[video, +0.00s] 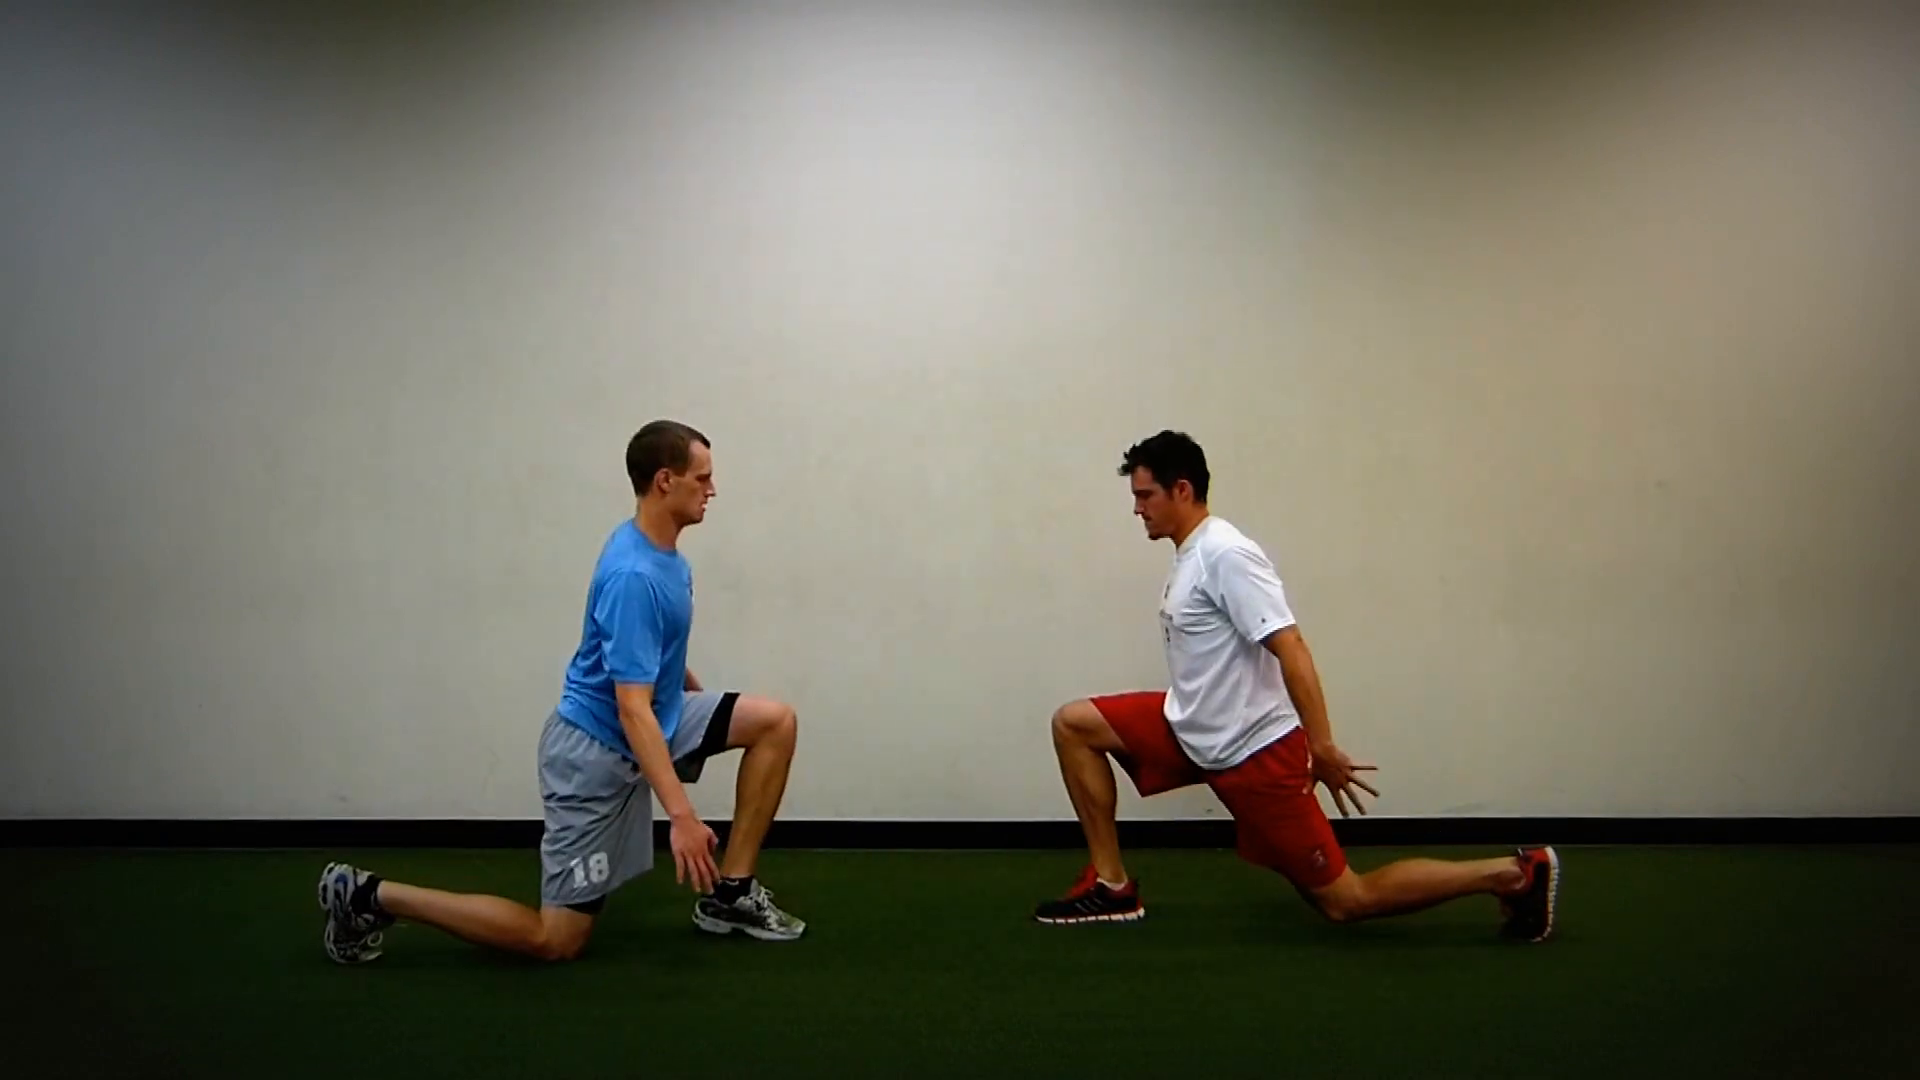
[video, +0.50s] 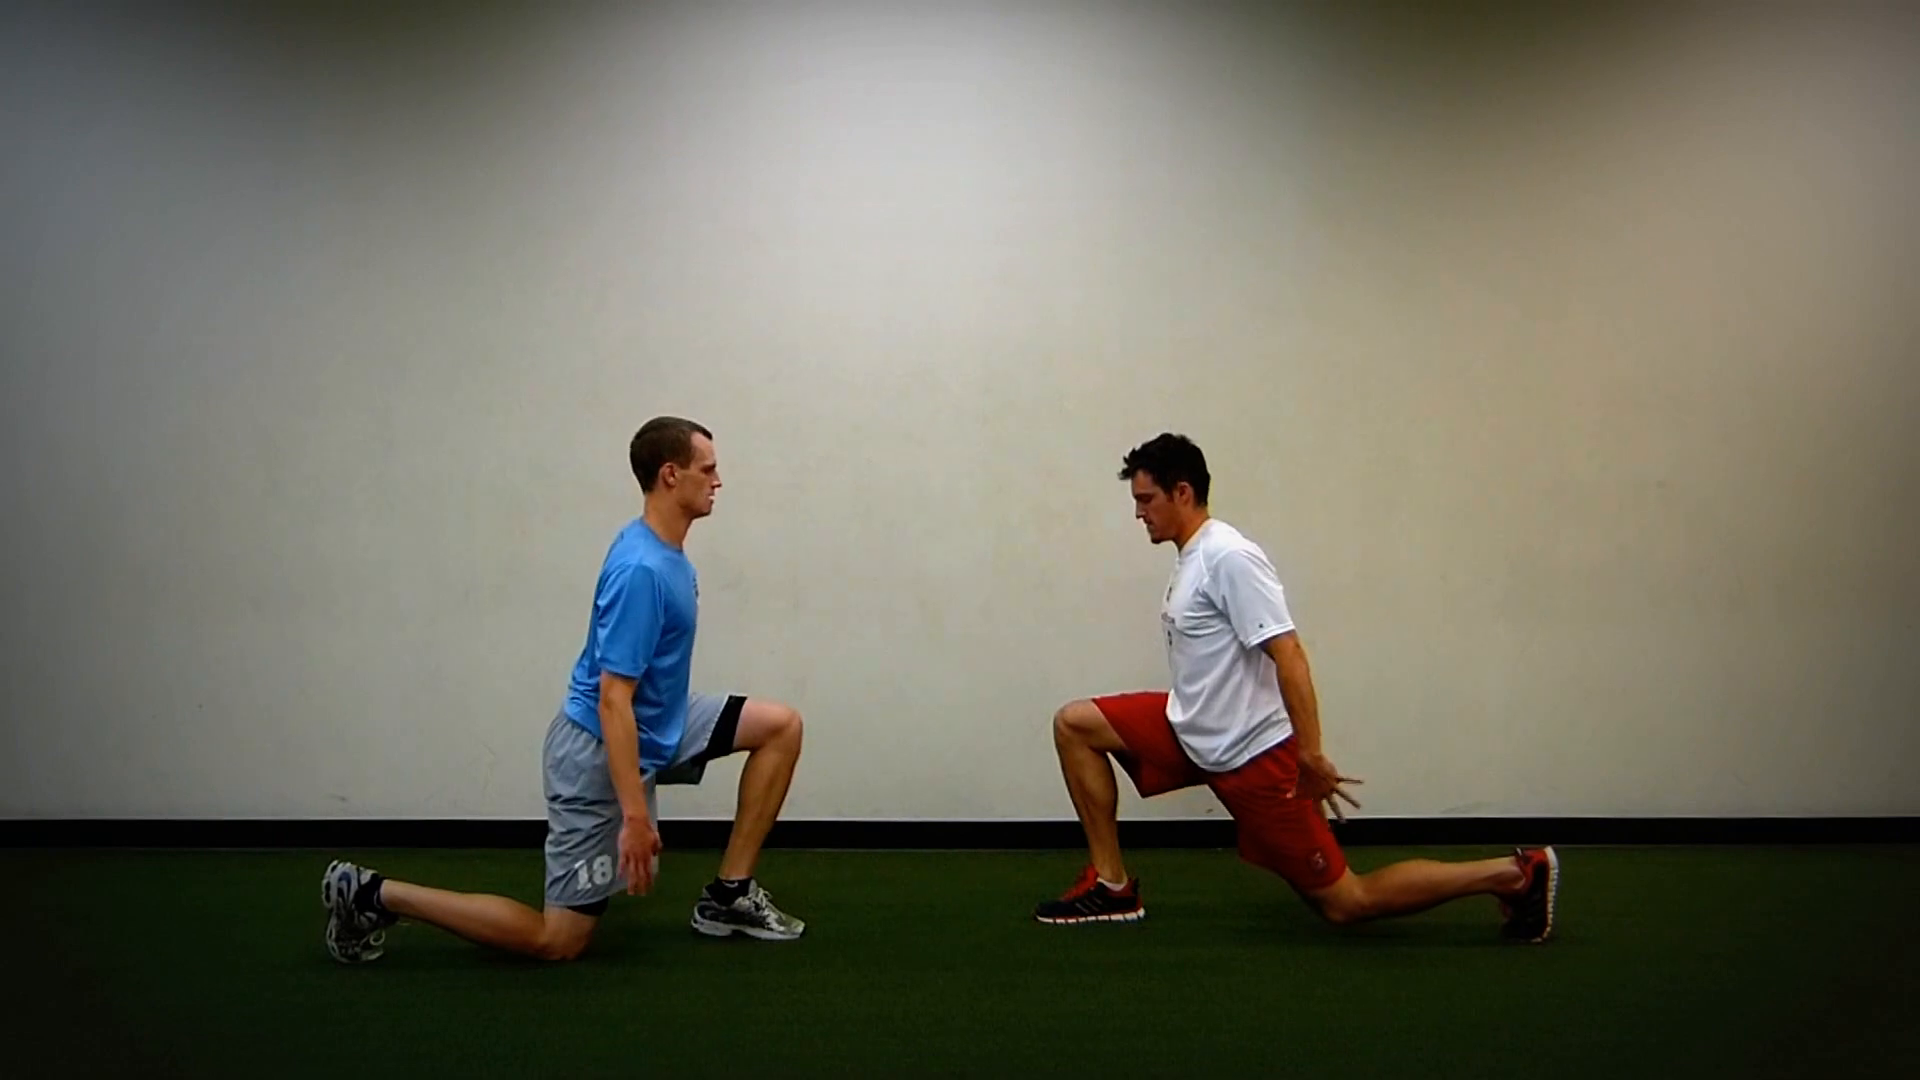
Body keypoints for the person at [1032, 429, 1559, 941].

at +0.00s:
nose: (1138, 509)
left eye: (1145, 496)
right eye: (1135, 497)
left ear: (1184, 491)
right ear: (1175, 492)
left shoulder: (1226, 555)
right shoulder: (1191, 556)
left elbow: (1290, 648)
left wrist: (1322, 744)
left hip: (1256, 743)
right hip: (1196, 722)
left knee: (1344, 901)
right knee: (1074, 726)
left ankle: (1517, 874)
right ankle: (1108, 884)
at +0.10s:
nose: (1139, 514)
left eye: (1145, 500)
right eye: (1136, 502)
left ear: (1185, 495)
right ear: (1175, 496)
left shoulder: (1229, 560)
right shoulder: (1192, 559)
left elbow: (1292, 654)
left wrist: (1321, 750)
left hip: (1256, 747)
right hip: (1196, 724)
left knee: (1343, 906)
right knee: (1075, 725)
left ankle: (1514, 874)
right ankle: (1108, 884)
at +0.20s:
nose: (1141, 515)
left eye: (1147, 501)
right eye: (1137, 503)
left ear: (1186, 495)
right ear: (1176, 496)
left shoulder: (1231, 561)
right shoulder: (1192, 560)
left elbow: (1294, 657)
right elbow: (1230, 664)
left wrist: (1319, 752)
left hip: (1255, 748)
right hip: (1195, 724)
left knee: (1342, 907)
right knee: (1075, 725)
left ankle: (1514, 874)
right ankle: (1108, 884)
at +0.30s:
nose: (1140, 513)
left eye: (1147, 500)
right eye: (1138, 501)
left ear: (1186, 495)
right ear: (1178, 495)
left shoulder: (1230, 559)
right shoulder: (1192, 559)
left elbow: (1292, 654)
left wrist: (1318, 750)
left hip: (1255, 746)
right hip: (1196, 723)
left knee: (1342, 907)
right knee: (1075, 725)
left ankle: (1515, 873)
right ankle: (1109, 884)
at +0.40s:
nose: (1140, 513)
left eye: (1146, 500)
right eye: (1137, 501)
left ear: (1185, 494)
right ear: (1177, 494)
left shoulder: (1228, 558)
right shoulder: (1192, 559)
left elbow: (1290, 652)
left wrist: (1317, 750)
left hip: (1255, 745)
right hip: (1196, 722)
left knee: (1343, 906)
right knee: (1075, 725)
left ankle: (1516, 873)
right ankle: (1109, 884)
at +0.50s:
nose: (1139, 513)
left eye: (1145, 499)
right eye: (1136, 501)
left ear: (1184, 493)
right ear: (1175, 494)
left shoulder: (1229, 558)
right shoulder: (1192, 559)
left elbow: (1288, 654)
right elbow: (1226, 664)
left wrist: (1310, 753)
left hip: (1254, 746)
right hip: (1195, 722)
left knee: (1344, 904)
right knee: (1075, 725)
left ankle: (1517, 874)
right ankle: (1109, 884)